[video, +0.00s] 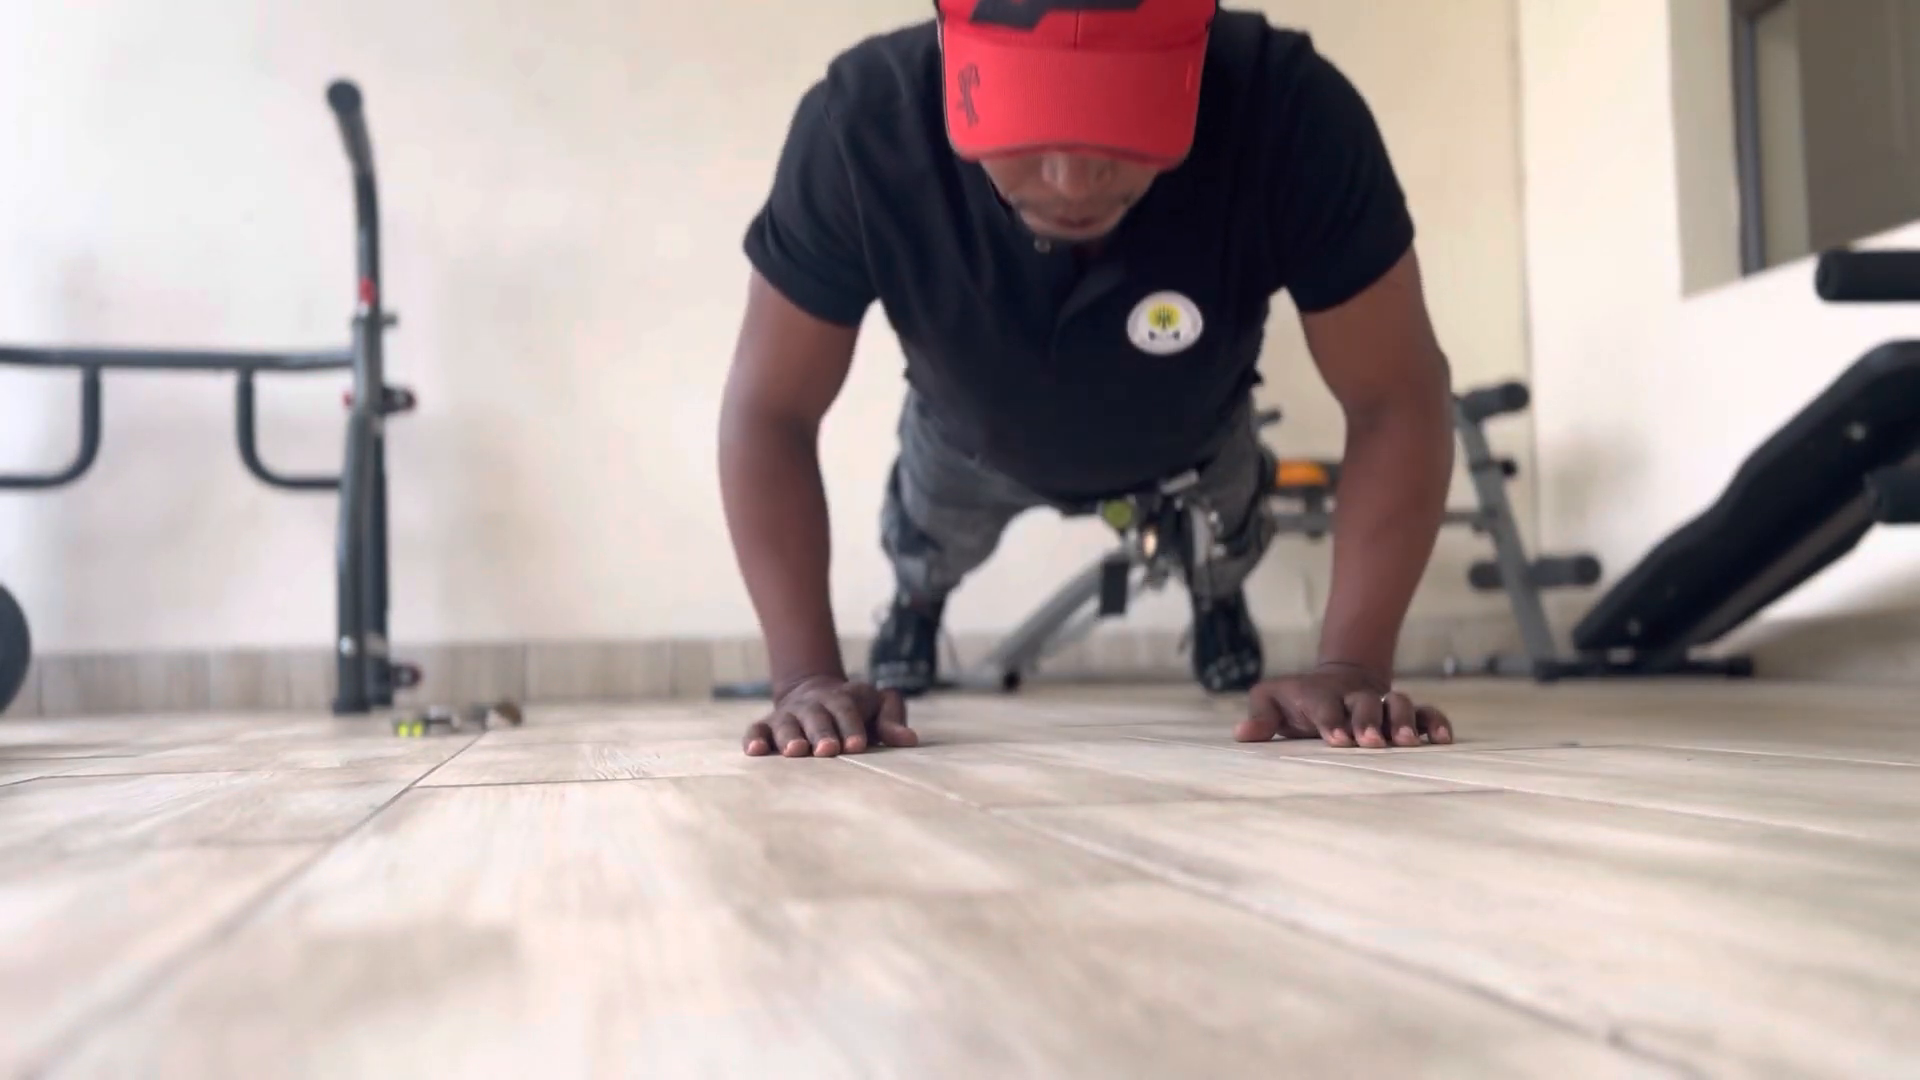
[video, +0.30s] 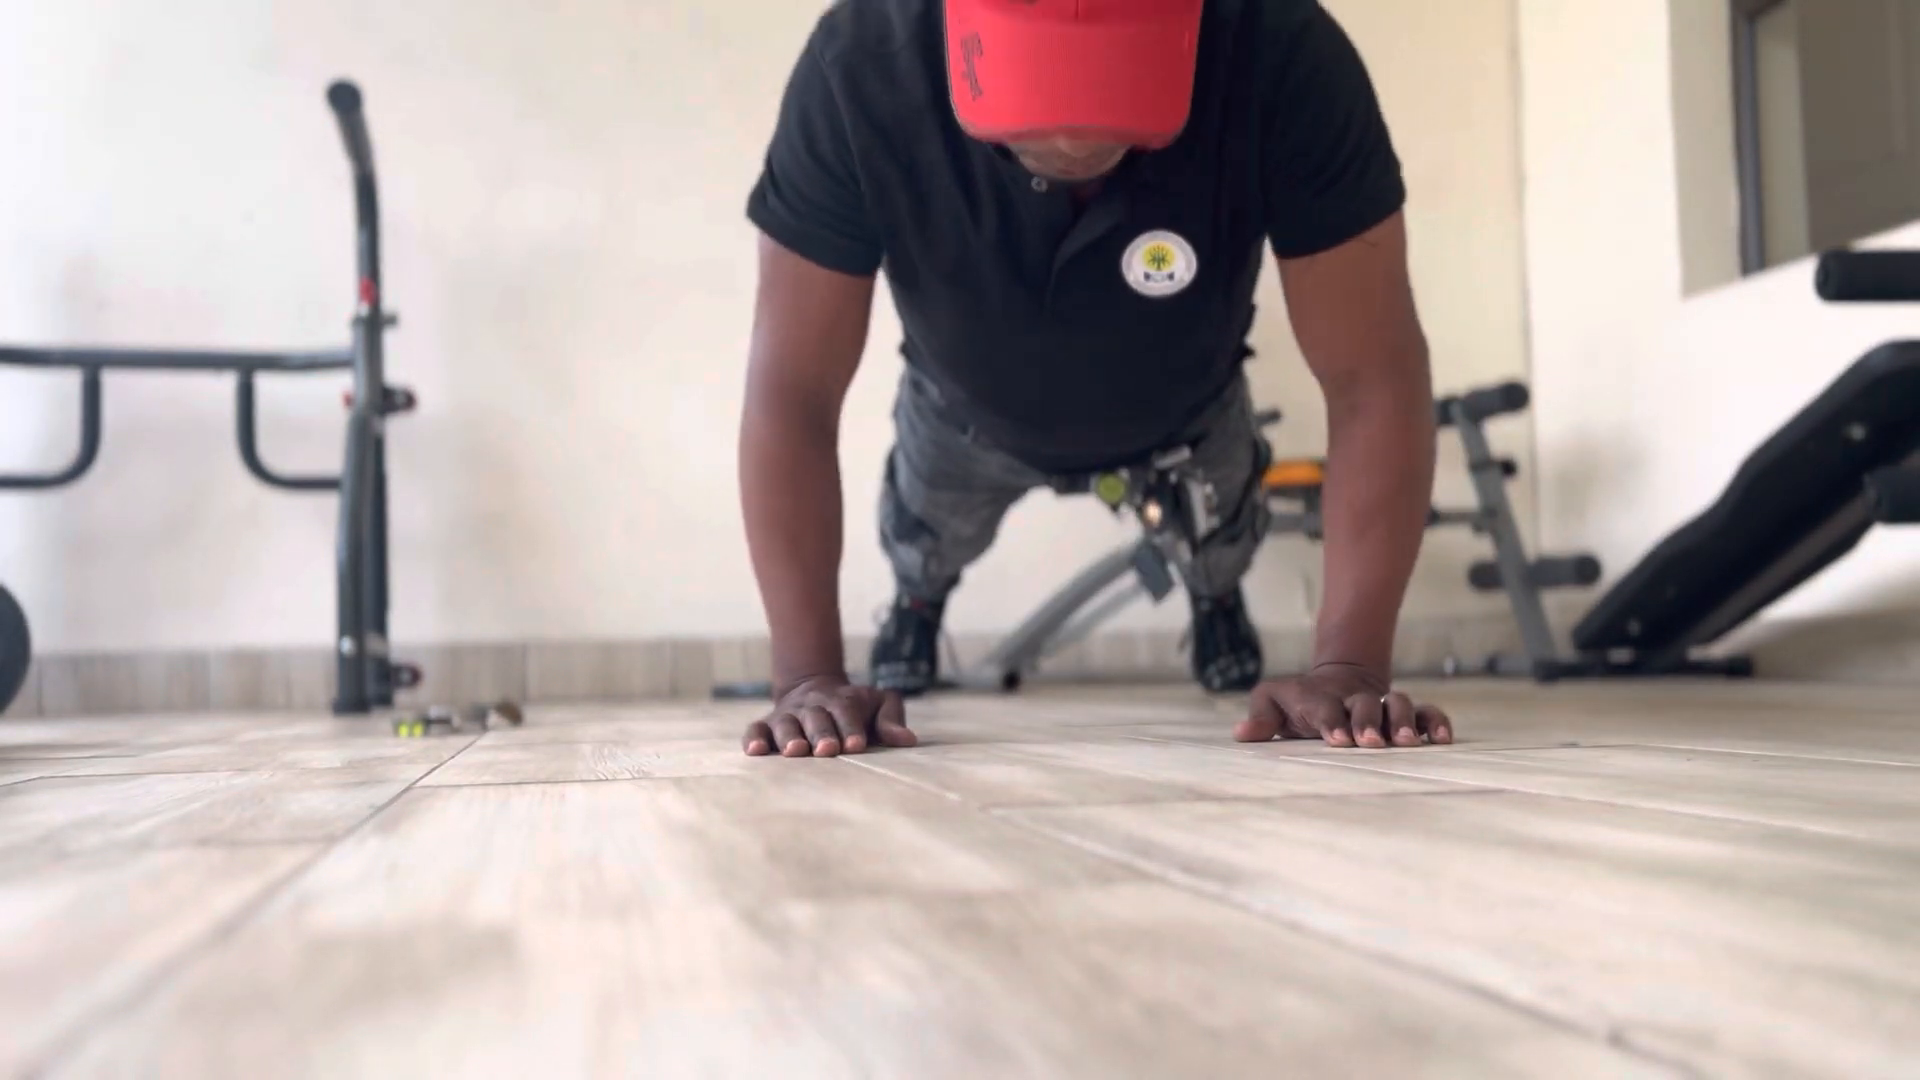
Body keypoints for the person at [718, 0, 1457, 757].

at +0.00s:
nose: (1068, 179)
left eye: (1114, 142)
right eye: (1026, 140)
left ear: (1181, 84)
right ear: (959, 79)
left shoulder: (1289, 115)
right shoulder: (864, 126)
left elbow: (1399, 397)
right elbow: (768, 413)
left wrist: (1350, 668)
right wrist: (803, 682)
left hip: (1194, 436)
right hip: (974, 443)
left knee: (1222, 535)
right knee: (933, 546)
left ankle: (1220, 608)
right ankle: (918, 617)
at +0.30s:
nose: (1076, 146)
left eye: (1117, 114)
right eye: (1033, 116)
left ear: (1183, 44)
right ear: (956, 41)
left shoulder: (1281, 56)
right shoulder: (862, 66)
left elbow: (1378, 382)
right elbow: (790, 393)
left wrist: (1347, 668)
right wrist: (804, 678)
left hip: (1184, 404)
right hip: (971, 407)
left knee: (1218, 532)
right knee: (930, 535)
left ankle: (1219, 607)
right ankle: (919, 615)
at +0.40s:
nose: (1072, 344)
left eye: (1120, 304)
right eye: (1038, 300)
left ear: (1208, 170)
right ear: (952, 169)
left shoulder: (1291, 166)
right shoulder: (862, 179)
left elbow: (1415, 411)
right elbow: (751, 431)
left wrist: (1354, 670)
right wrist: (801, 682)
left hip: (1189, 447)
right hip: (965, 457)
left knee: (1220, 535)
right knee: (930, 552)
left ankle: (1219, 607)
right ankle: (917, 619)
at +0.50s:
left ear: (1213, 284)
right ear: (947, 285)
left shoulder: (1297, 268)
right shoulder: (858, 278)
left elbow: (1432, 436)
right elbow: (729, 456)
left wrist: (1356, 670)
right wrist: (797, 682)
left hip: (1193, 483)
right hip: (961, 492)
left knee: (1219, 544)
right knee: (926, 566)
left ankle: (1214, 595)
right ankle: (916, 609)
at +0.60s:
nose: (1093, 564)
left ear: (1217, 323)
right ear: (948, 347)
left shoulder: (1301, 322)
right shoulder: (858, 333)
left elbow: (1442, 452)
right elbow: (724, 466)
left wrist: (1358, 672)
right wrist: (797, 681)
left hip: (1204, 515)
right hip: (958, 519)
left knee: (1215, 567)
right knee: (923, 575)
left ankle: (1210, 610)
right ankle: (912, 621)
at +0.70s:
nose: (1094, 642)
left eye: (1141, 600)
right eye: (1041, 600)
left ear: (1226, 448)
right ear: (952, 450)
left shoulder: (1307, 418)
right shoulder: (861, 418)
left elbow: (1459, 443)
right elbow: (709, 460)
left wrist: (1354, 673)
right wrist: (798, 678)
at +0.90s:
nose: (1100, 640)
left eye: (1146, 601)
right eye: (1057, 606)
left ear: (1226, 464)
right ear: (957, 452)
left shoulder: (1307, 420)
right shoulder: (865, 421)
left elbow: (1450, 444)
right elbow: (711, 456)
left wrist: (1353, 671)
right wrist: (799, 677)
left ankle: (1161, 652)